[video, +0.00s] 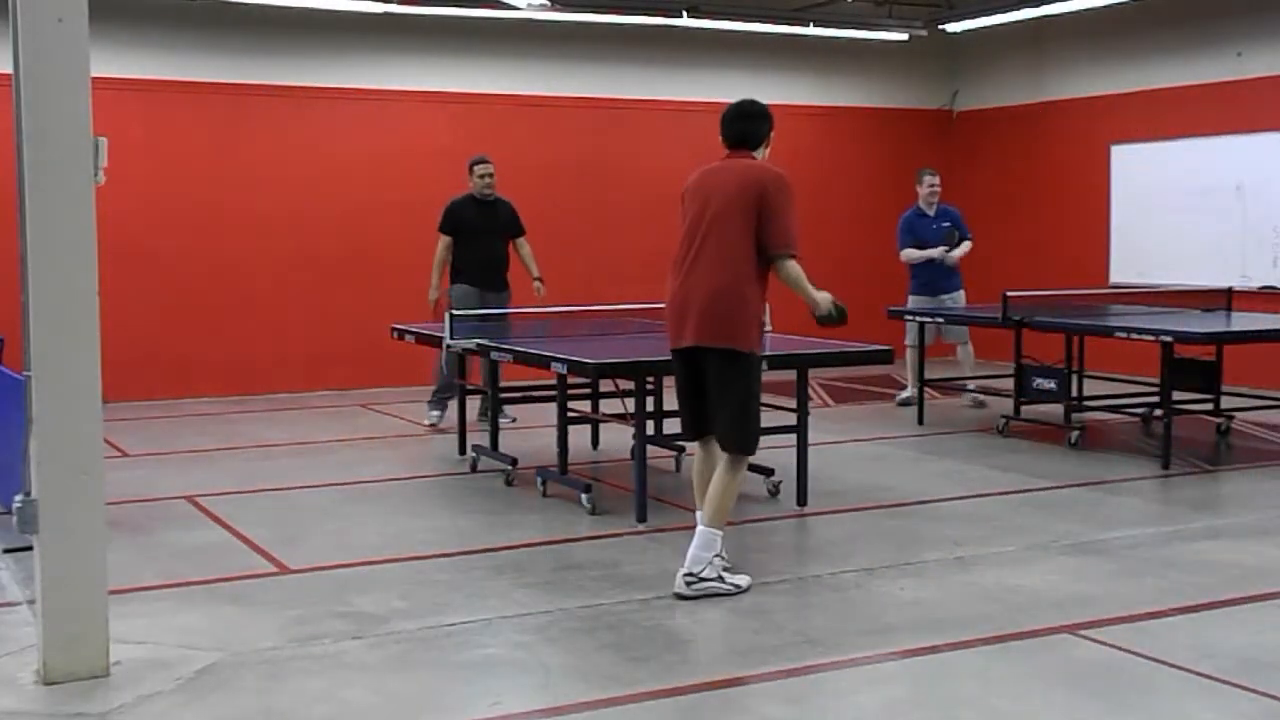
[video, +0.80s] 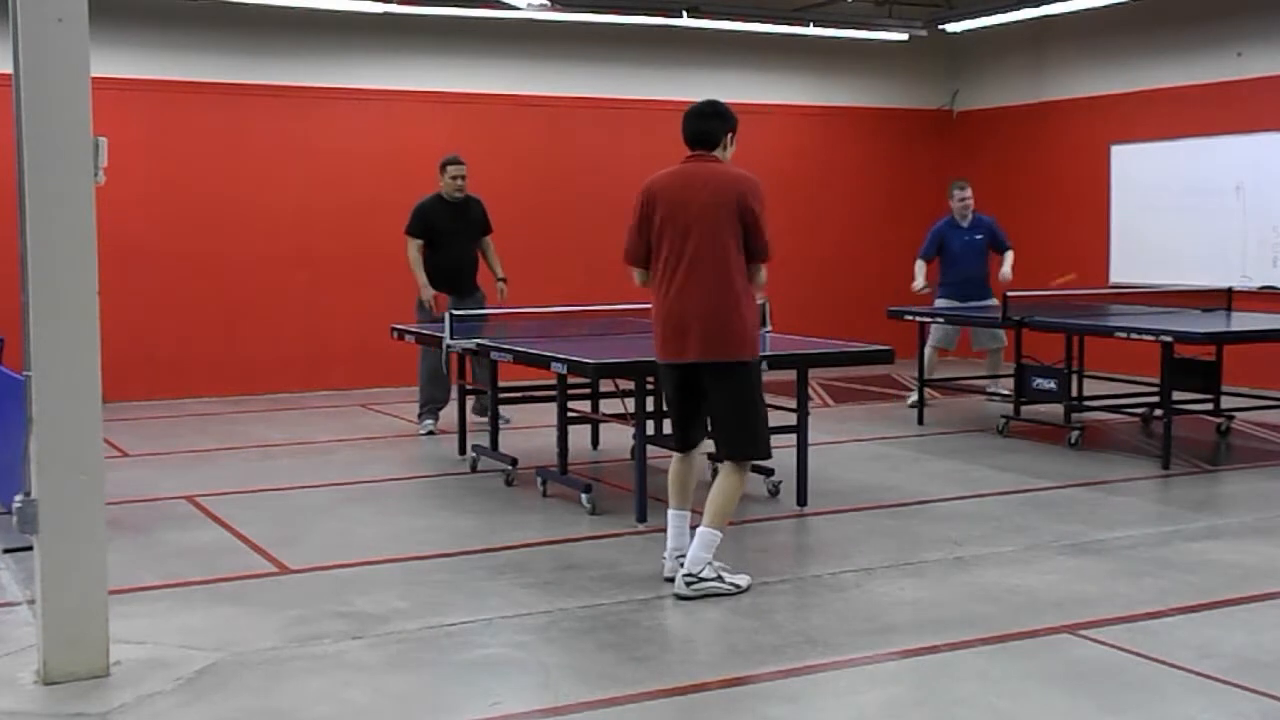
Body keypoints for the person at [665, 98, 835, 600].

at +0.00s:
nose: (772, 144)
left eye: (767, 137)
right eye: (772, 138)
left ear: (725, 138)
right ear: (767, 140)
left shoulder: (697, 180)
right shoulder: (769, 180)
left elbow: (698, 248)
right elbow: (781, 257)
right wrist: (815, 297)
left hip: (684, 324)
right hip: (732, 328)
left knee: (705, 444)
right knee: (735, 453)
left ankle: (708, 553)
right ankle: (698, 567)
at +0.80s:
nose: (737, 146)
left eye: (735, 138)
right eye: (736, 139)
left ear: (685, 140)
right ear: (727, 140)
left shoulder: (655, 188)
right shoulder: (741, 186)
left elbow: (640, 274)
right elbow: (758, 273)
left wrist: (688, 273)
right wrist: (725, 279)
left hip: (674, 343)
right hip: (730, 343)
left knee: (686, 446)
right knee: (736, 458)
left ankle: (676, 553)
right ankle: (697, 567)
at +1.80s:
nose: (820, 138)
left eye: (820, 130)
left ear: (824, 134)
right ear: (871, 136)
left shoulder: (803, 180)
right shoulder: (897, 190)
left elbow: (785, 256)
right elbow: (915, 269)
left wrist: (748, 340)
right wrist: (871, 284)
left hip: (811, 354)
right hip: (882, 357)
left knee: (773, 467)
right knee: (882, 474)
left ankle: (767, 589)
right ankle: (909, 590)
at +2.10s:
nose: (845, 176)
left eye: (847, 168)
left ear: (852, 172)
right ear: (903, 176)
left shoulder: (824, 217)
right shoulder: (926, 226)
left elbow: (779, 301)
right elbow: (942, 322)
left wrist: (772, 347)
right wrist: (936, 380)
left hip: (835, 378)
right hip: (907, 380)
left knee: (816, 517)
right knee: (896, 465)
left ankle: (848, 643)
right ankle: (929, 588)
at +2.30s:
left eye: (866, 175)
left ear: (869, 178)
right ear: (920, 184)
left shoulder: (851, 212)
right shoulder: (941, 228)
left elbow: (801, 294)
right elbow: (948, 317)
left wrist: (788, 333)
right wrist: (937, 410)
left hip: (869, 375)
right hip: (935, 376)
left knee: (836, 510)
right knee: (912, 467)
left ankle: (850, 649)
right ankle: (944, 589)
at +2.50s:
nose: (875, 176)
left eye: (875, 169)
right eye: (881, 169)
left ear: (882, 170)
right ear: (928, 172)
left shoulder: (890, 193)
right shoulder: (946, 213)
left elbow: (891, 251)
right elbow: (936, 292)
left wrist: (822, 327)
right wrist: (877, 337)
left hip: (921, 354)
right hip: (976, 354)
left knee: (877, 488)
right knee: (924, 469)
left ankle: (873, 641)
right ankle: (943, 591)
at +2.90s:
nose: (916, 177)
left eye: (915, 169)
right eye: (916, 170)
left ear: (925, 170)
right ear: (971, 167)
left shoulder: (941, 208)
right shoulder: (997, 215)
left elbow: (944, 294)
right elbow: (985, 296)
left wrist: (887, 365)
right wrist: (907, 317)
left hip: (978, 382)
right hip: (1018, 375)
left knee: (971, 523)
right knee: (936, 452)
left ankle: (1099, 640)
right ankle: (942, 589)